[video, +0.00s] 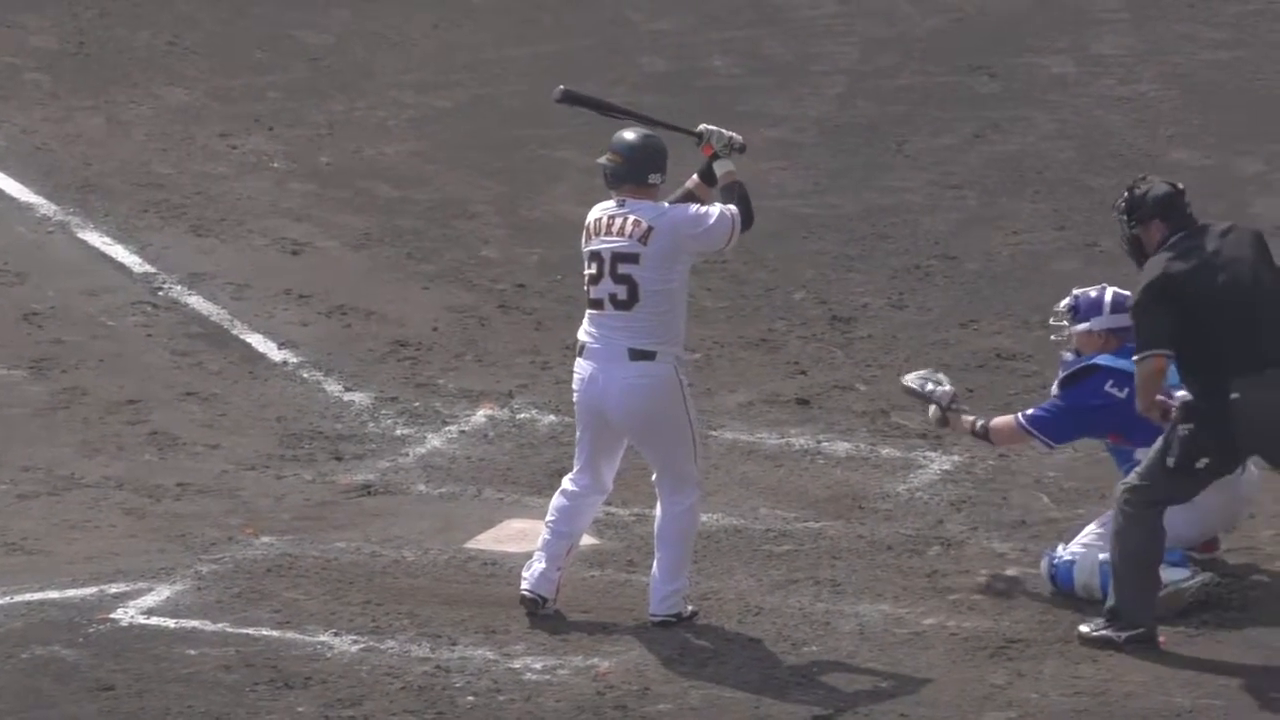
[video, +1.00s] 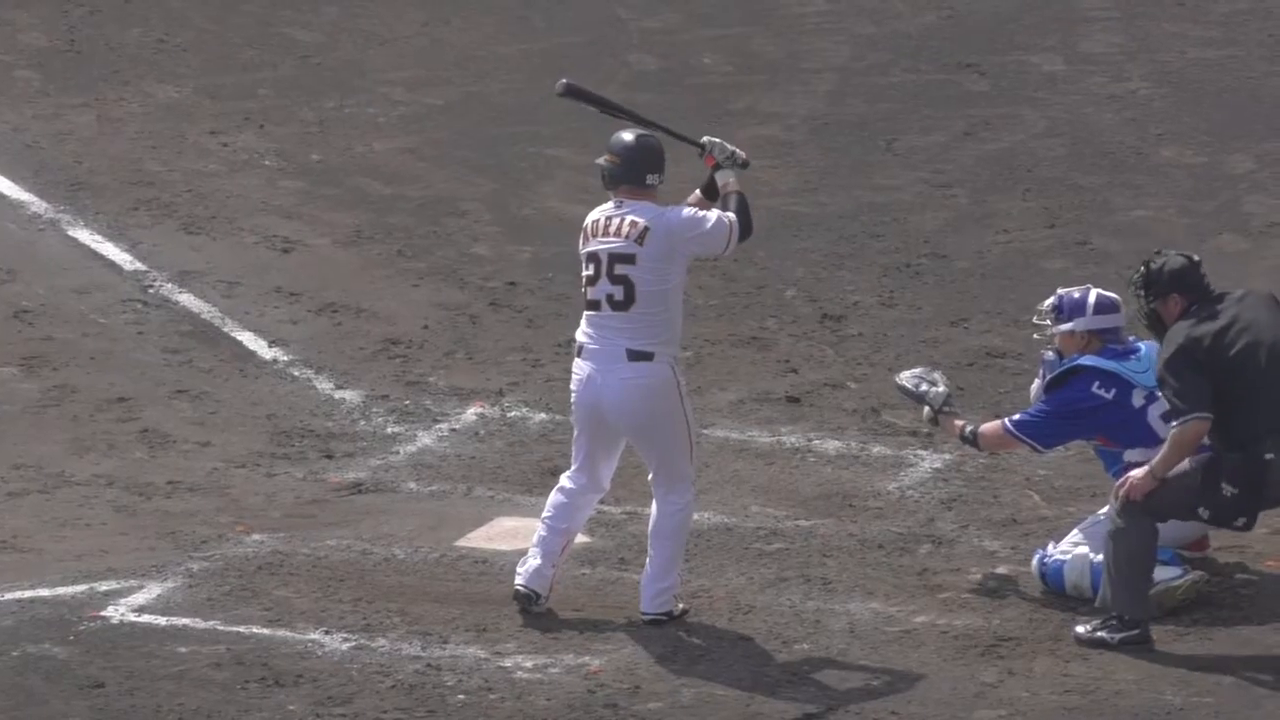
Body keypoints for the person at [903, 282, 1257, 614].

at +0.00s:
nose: (1069, 337)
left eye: (1076, 330)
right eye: (1070, 329)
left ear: (1104, 337)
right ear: (1117, 335)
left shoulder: (1099, 387)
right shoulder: (1158, 357)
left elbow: (1020, 431)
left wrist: (962, 421)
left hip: (1194, 495)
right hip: (1237, 474)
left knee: (1063, 564)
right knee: (1143, 465)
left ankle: (1178, 579)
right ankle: (1200, 546)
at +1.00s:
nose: (1053, 337)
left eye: (1059, 330)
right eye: (1055, 329)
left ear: (1083, 338)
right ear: (1106, 332)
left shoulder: (1087, 387)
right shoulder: (1148, 351)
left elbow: (1008, 435)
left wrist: (955, 427)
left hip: (1167, 506)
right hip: (1210, 484)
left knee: (1051, 562)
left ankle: (1161, 575)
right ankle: (1189, 537)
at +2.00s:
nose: (973, 349)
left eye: (980, 341)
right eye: (974, 341)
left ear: (1004, 350)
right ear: (1028, 345)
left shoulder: (1007, 396)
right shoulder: (1069, 366)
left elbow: (968, 468)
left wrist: (918, 459)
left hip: (1078, 515)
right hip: (1121, 495)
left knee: (976, 560)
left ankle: (1075, 573)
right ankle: (1102, 540)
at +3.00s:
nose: (976, 365)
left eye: (980, 359)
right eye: (977, 358)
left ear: (996, 362)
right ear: (1018, 358)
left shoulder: (1004, 403)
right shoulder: (1038, 381)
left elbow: (975, 467)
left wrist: (927, 457)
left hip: (1050, 519)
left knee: (954, 561)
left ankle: (1041, 570)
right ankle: (1049, 558)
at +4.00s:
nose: (1005, 286)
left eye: (1010, 279)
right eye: (1009, 276)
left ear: (1018, 287)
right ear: (1048, 285)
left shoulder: (989, 329)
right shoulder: (1066, 322)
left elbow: (926, 351)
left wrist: (929, 333)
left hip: (1010, 462)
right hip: (1064, 446)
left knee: (994, 560)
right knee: (1084, 480)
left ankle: (1084, 553)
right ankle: (1132, 529)